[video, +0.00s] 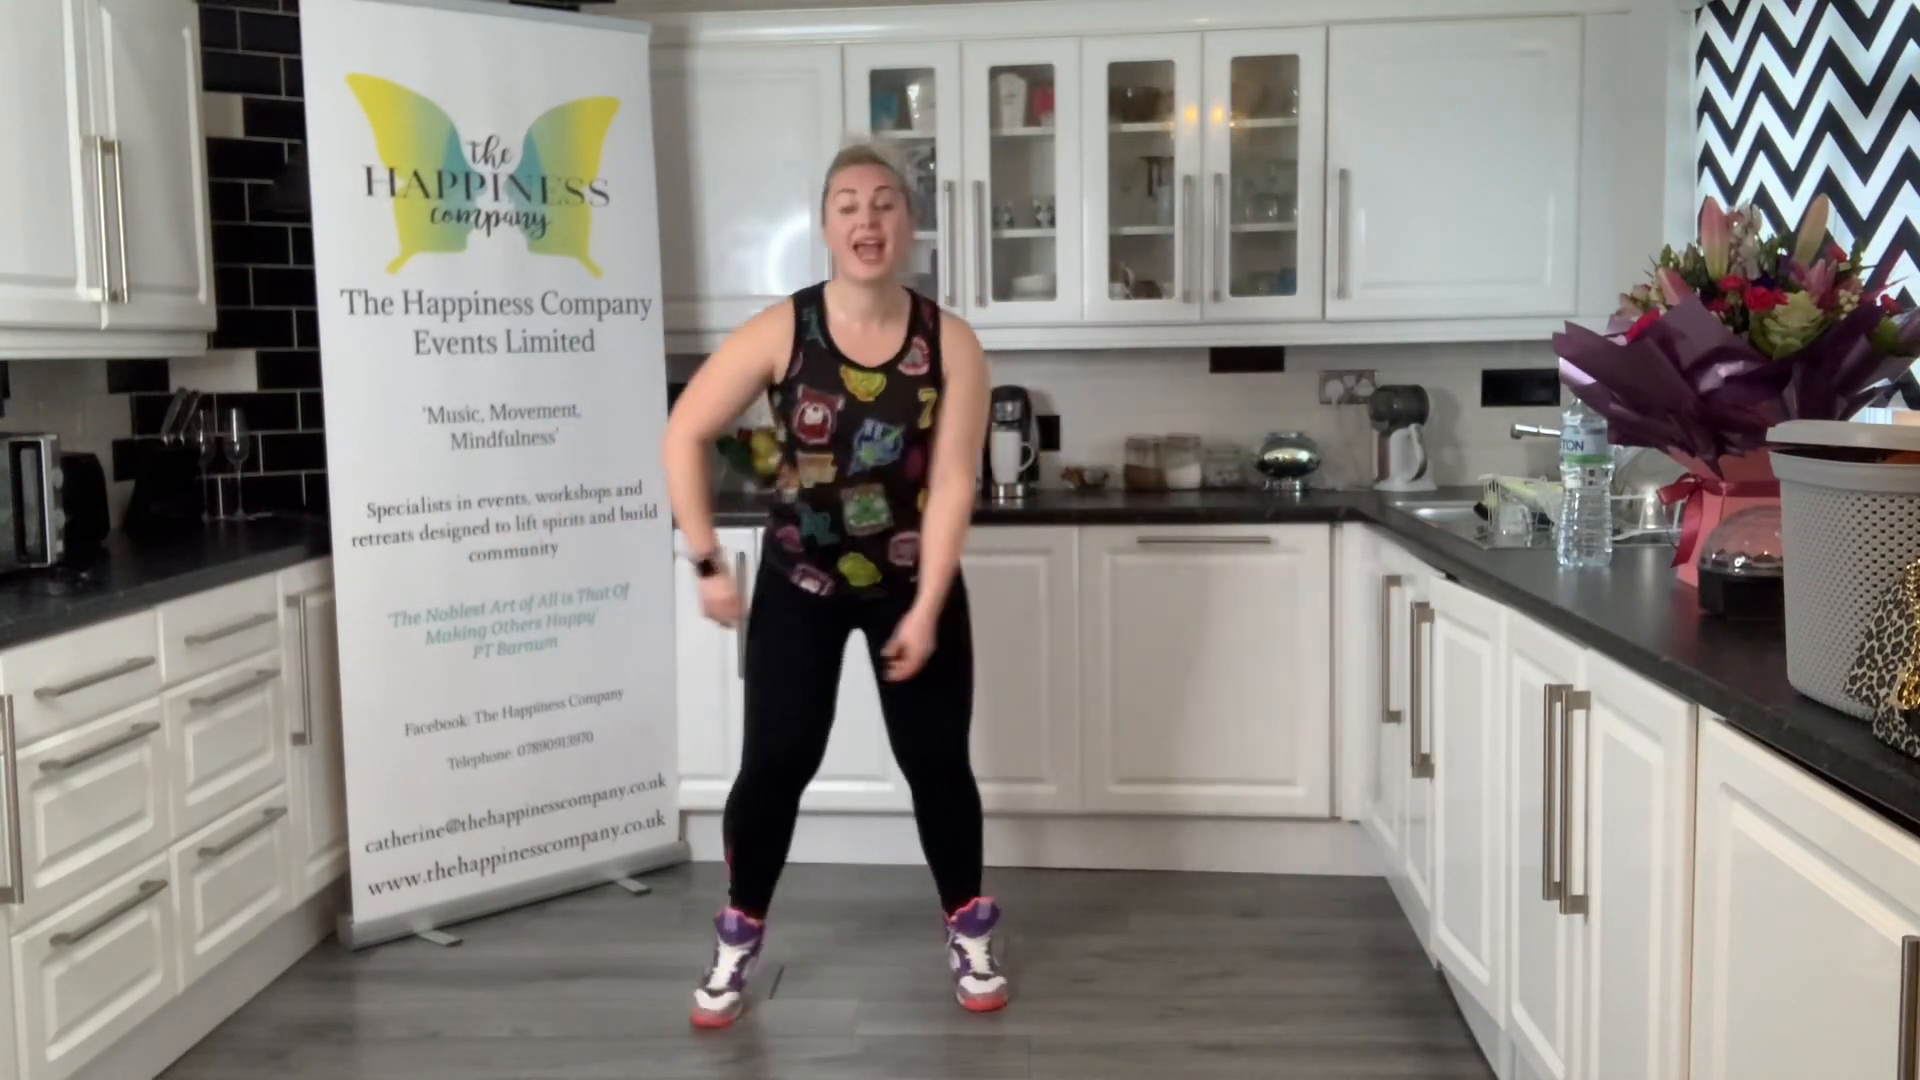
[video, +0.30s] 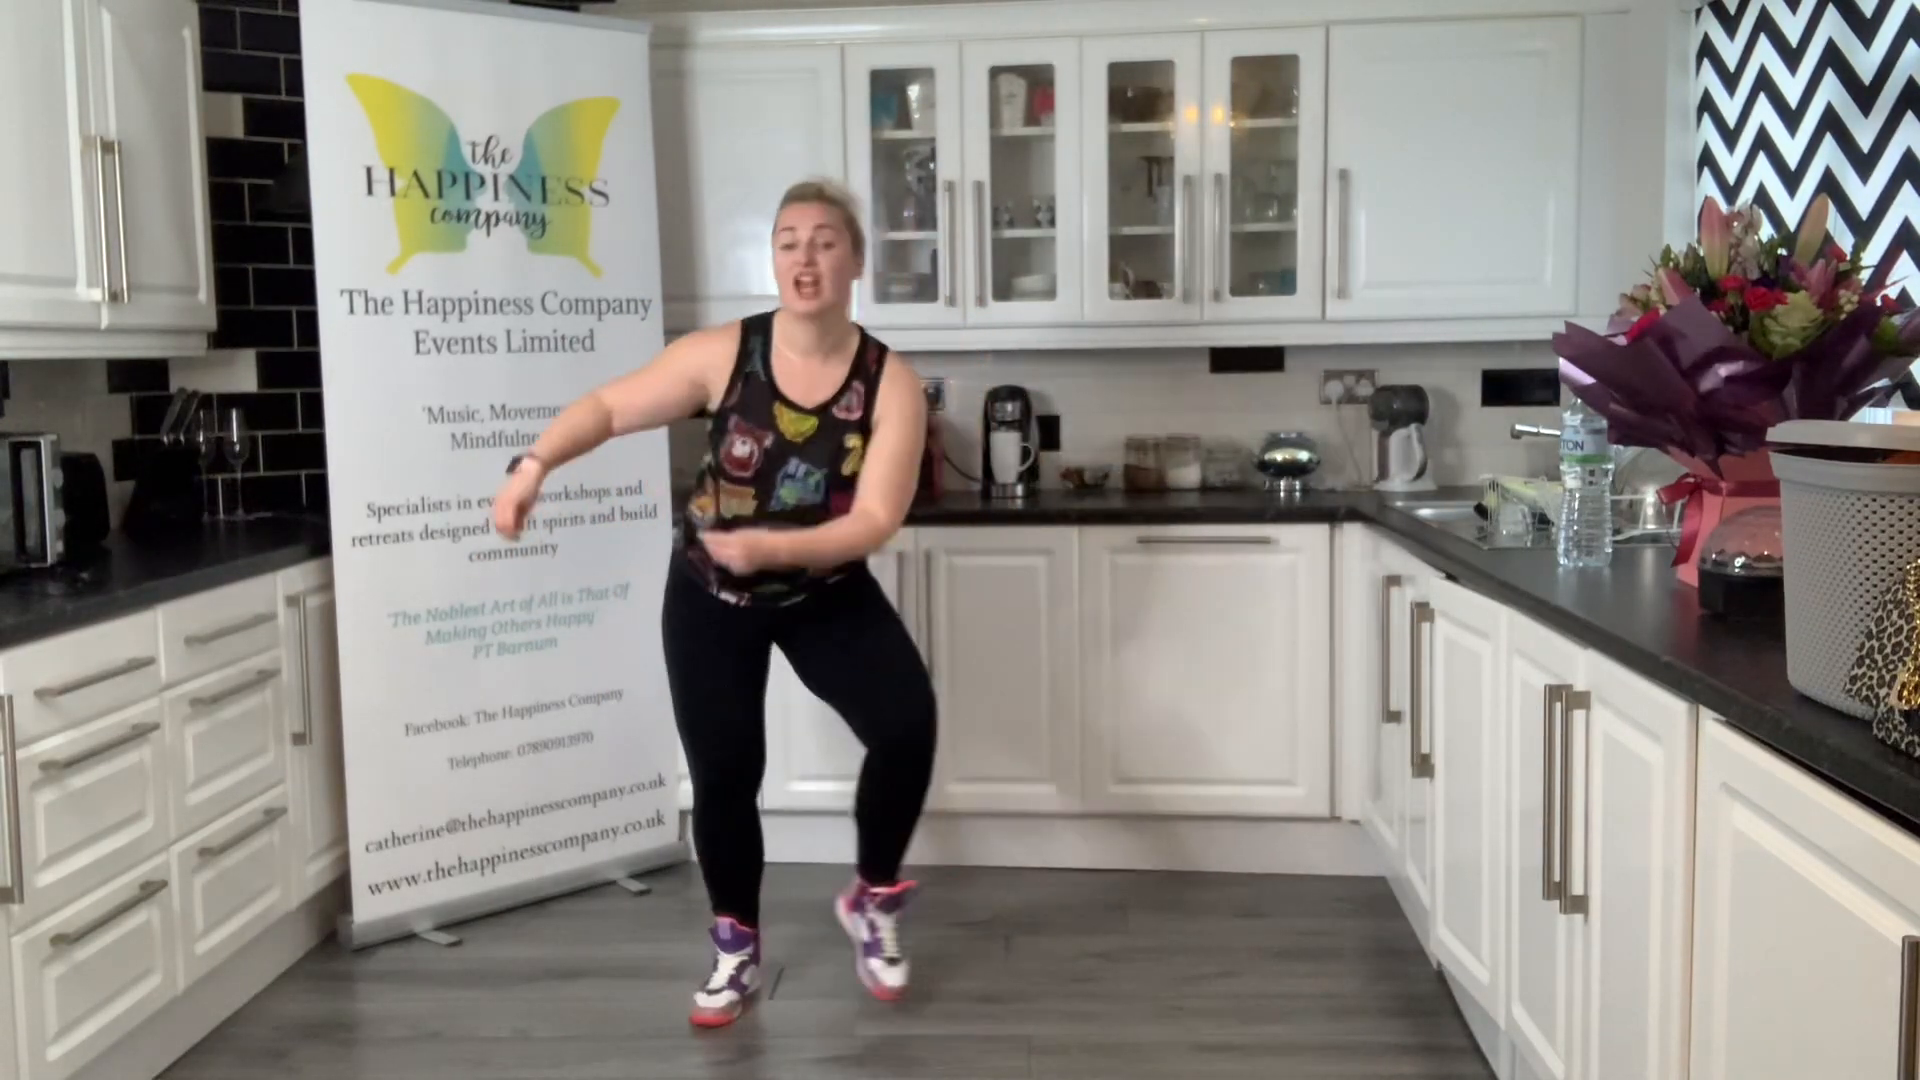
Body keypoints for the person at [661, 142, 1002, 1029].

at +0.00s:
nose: (867, 221)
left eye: (883, 205)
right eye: (849, 207)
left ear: (911, 222)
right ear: (824, 227)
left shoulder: (951, 344)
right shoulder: (782, 330)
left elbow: (954, 486)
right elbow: (686, 432)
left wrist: (927, 604)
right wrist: (707, 560)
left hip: (914, 579)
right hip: (801, 581)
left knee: (938, 764)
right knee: (776, 763)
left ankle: (969, 932)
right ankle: (740, 938)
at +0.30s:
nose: (805, 261)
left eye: (824, 244)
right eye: (790, 245)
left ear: (855, 262)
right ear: (771, 261)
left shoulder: (890, 383)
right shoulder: (719, 355)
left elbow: (876, 522)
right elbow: (606, 410)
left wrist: (768, 545)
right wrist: (535, 461)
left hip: (827, 590)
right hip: (715, 591)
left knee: (908, 725)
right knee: (724, 777)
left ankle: (876, 901)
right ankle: (736, 949)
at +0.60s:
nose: (792, 251)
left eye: (809, 236)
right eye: (774, 236)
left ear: (836, 256)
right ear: (749, 257)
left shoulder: (876, 367)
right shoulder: (706, 359)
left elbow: (872, 508)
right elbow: (627, 449)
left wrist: (786, 527)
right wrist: (540, 490)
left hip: (819, 590)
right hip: (708, 588)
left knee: (867, 746)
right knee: (720, 770)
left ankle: (812, 934)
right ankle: (733, 946)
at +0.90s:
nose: (795, 227)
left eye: (815, 210)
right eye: (781, 213)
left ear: (850, 224)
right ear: (765, 233)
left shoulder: (901, 332)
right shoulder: (735, 342)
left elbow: (919, 476)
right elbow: (711, 480)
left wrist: (916, 604)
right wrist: (687, 600)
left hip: (879, 584)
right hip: (763, 589)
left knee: (921, 765)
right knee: (755, 770)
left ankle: (974, 926)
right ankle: (738, 946)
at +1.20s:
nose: (873, 248)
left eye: (887, 230)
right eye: (851, 233)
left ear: (907, 243)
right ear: (821, 254)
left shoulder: (961, 335)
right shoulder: (797, 368)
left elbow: (1059, 413)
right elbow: (790, 504)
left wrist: (1126, 486)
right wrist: (840, 511)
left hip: (972, 586)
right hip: (864, 587)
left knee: (972, 769)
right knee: (769, 708)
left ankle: (977, 931)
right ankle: (824, 908)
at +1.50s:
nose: (890, 245)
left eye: (905, 227)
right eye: (870, 229)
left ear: (929, 243)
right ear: (844, 249)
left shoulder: (973, 342)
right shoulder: (807, 358)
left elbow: (1052, 442)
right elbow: (783, 493)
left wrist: (1133, 483)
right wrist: (850, 515)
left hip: (982, 586)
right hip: (876, 590)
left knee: (977, 765)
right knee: (847, 754)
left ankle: (979, 930)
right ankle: (906, 946)